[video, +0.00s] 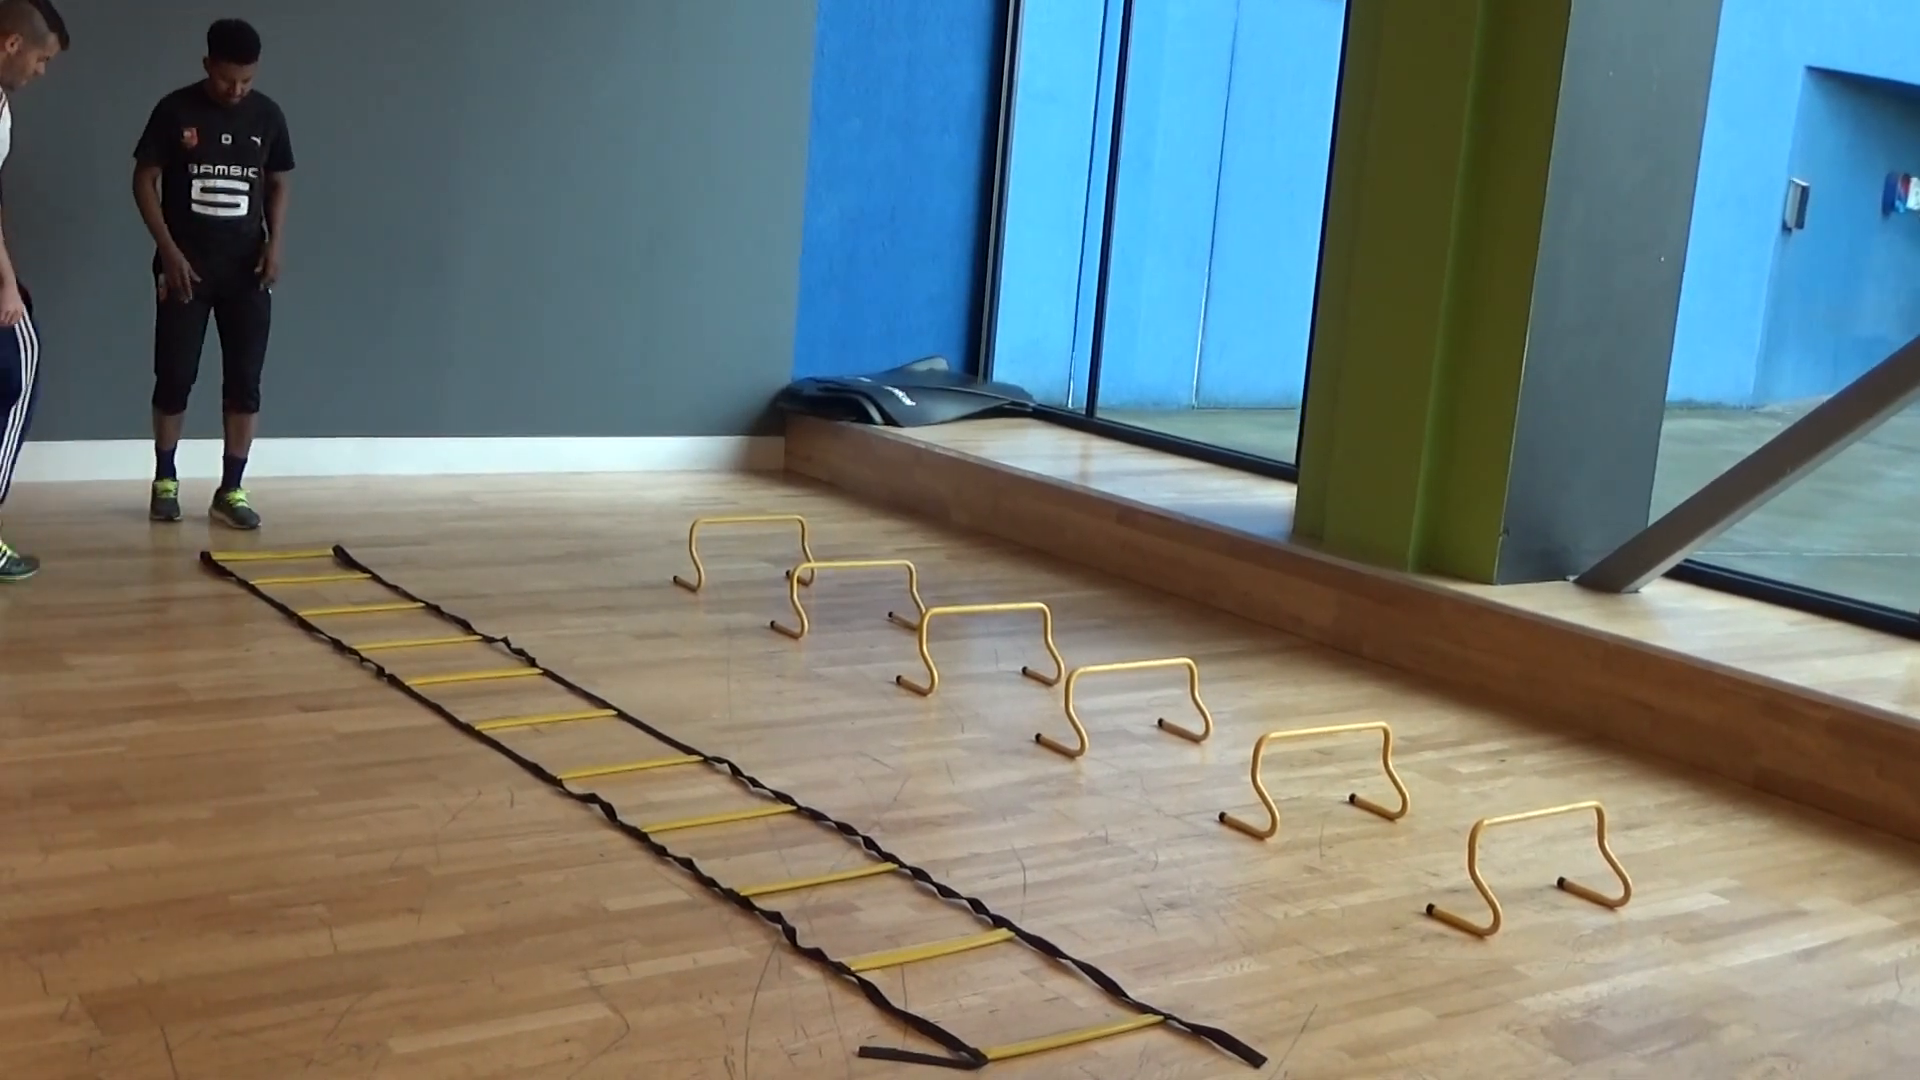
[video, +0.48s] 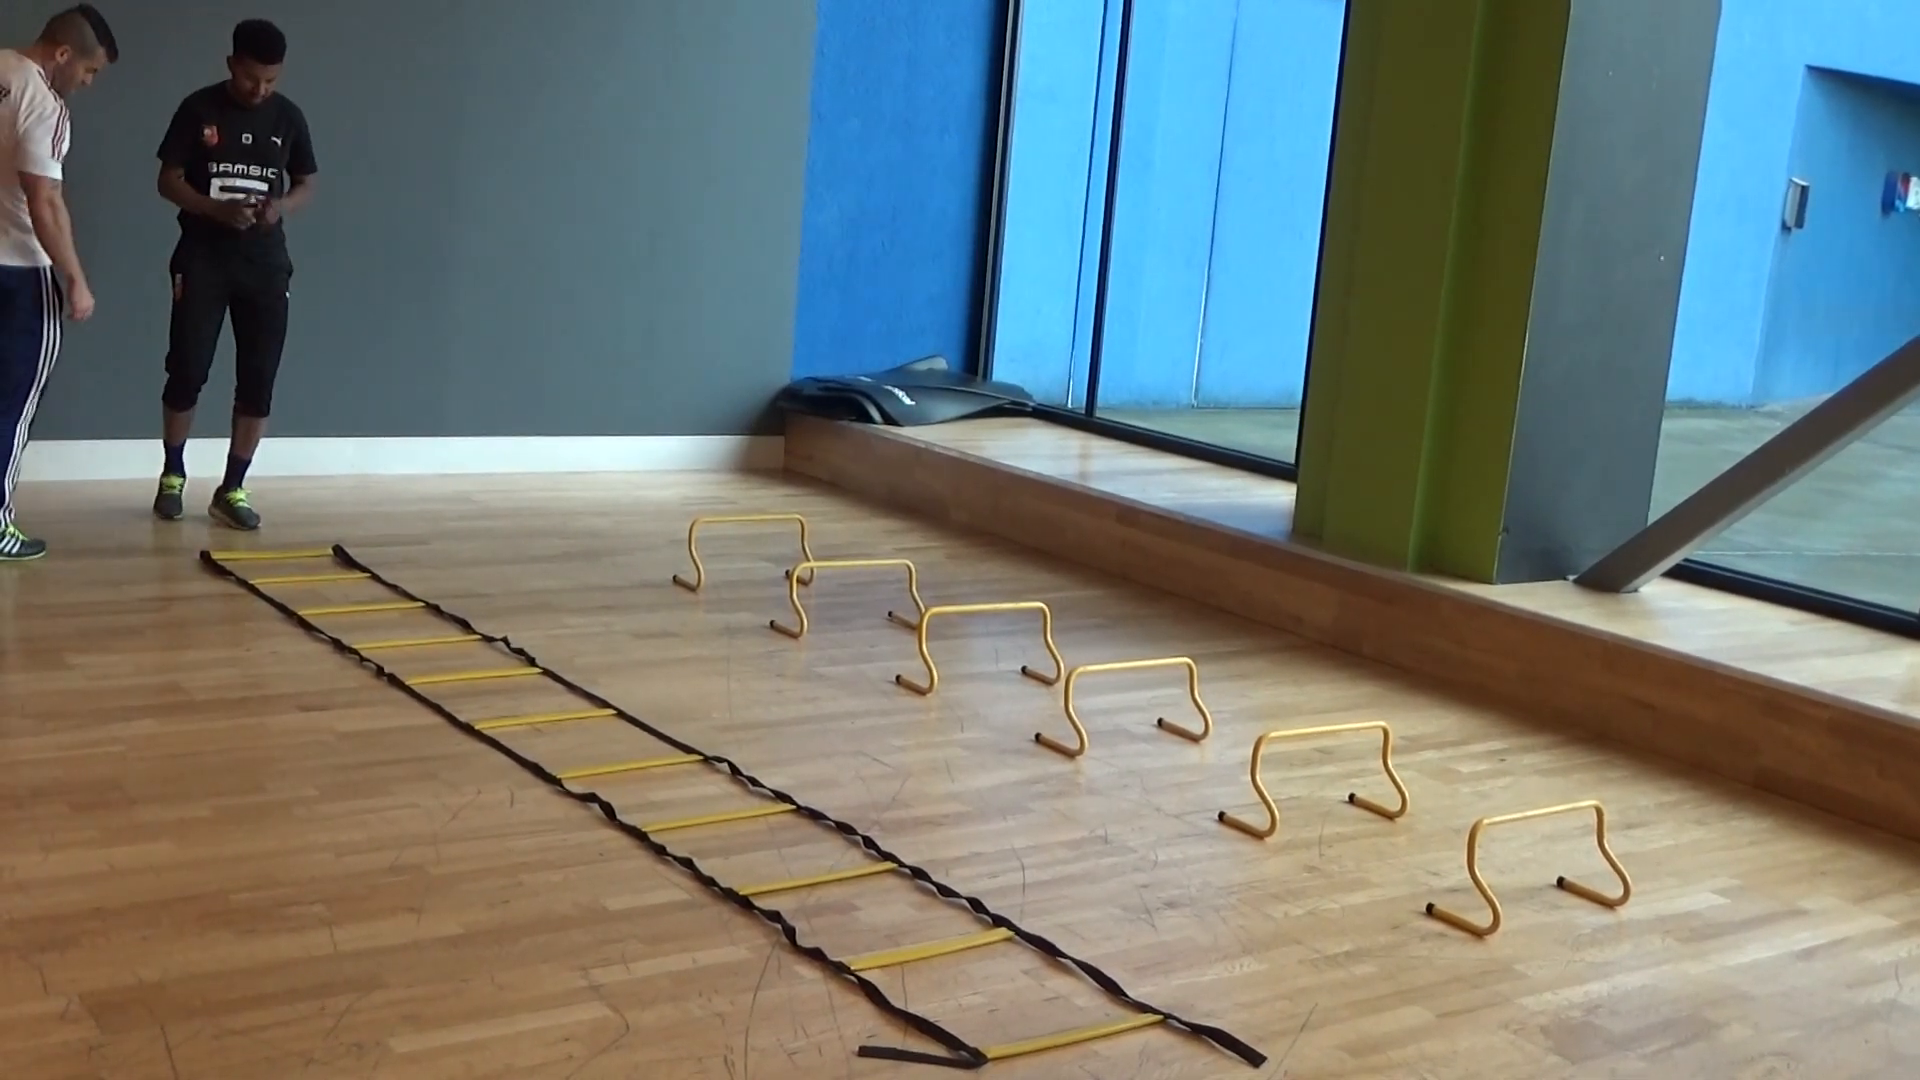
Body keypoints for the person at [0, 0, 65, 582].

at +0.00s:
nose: (40, 72)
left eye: (45, 63)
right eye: (40, 60)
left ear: (13, 48)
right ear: (12, 46)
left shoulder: (5, 107)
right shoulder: (1, 108)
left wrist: (7, 278)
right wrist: (6, 282)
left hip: (5, 282)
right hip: (2, 286)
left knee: (22, 376)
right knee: (20, 378)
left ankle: (0, 533)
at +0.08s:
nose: (44, 78)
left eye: (49, 68)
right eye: (44, 65)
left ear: (15, 54)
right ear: (15, 51)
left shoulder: (7, 112)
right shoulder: (2, 113)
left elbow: (1, 205)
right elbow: (1, 209)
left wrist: (7, 275)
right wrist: (5, 282)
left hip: (4, 279)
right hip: (2, 284)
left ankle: (2, 521)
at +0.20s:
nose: (58, 84)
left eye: (64, 74)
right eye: (58, 72)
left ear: (26, 57)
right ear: (27, 56)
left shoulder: (12, 103)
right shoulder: (12, 110)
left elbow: (7, 203)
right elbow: (6, 205)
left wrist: (15, 283)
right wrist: (12, 293)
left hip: (9, 276)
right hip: (6, 280)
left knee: (9, 412)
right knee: (6, 414)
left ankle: (2, 520)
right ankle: (0, 524)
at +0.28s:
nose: (67, 89)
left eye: (73, 79)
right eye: (69, 76)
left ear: (35, 55)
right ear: (41, 57)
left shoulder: (10, 93)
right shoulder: (18, 110)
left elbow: (14, 206)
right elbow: (12, 211)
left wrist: (25, 286)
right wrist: (25, 297)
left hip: (11, 278)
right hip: (10, 282)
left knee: (12, 408)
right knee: (11, 410)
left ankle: (2, 522)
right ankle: (1, 524)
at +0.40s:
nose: (79, 88)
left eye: (86, 79)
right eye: (82, 76)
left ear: (50, 52)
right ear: (55, 55)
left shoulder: (10, 78)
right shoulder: (30, 104)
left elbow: (32, 203)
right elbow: (32, 207)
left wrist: (52, 287)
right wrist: (55, 292)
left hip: (12, 271)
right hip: (16, 275)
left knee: (13, 401)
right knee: (15, 404)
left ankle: (2, 519)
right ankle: (1, 521)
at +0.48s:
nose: (85, 85)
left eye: (91, 76)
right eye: (88, 73)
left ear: (55, 49)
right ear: (61, 51)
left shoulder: (8, 70)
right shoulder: (41, 102)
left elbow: (41, 198)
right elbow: (44, 203)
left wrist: (64, 274)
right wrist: (76, 278)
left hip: (10, 267)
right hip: (20, 269)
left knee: (12, 397)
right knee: (16, 399)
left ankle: (2, 520)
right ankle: (1, 521)